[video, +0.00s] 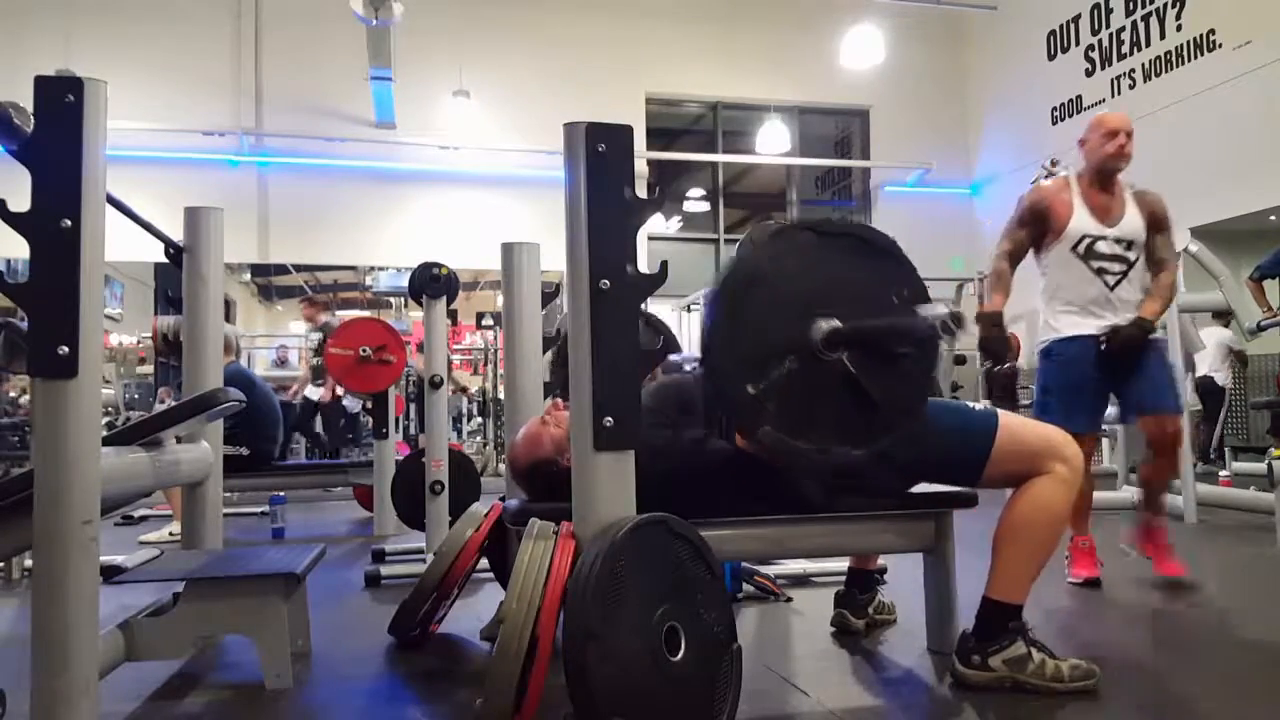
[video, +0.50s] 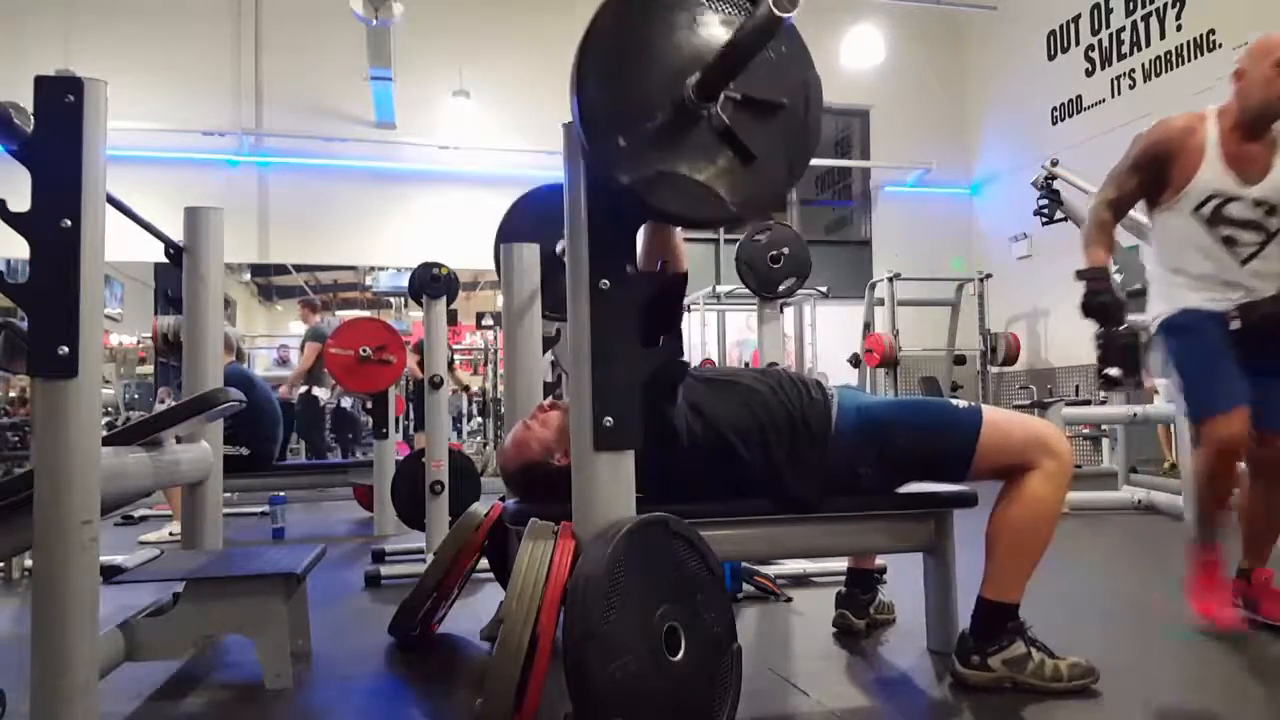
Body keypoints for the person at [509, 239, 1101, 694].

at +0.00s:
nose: (552, 406)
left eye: (542, 413)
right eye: (546, 423)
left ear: (563, 422)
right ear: (564, 453)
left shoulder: (626, 419)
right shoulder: (627, 451)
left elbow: (721, 403)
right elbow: (738, 435)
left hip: (808, 428)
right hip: (843, 438)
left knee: (892, 444)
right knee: (1060, 457)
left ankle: (858, 597)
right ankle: (993, 639)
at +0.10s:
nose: (548, 410)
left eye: (540, 415)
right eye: (542, 425)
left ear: (560, 422)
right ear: (560, 455)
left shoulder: (617, 424)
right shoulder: (608, 455)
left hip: (787, 436)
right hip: (831, 441)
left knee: (904, 430)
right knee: (1058, 458)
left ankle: (858, 596)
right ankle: (992, 642)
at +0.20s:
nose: (546, 412)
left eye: (538, 417)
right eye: (540, 428)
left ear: (557, 422)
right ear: (557, 461)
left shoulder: (608, 425)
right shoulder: (607, 451)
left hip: (806, 426)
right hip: (835, 434)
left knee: (921, 435)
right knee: (1053, 456)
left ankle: (858, 596)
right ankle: (992, 640)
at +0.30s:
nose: (549, 406)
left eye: (537, 412)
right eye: (540, 421)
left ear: (554, 450)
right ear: (559, 456)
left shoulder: (602, 446)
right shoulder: (627, 453)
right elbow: (690, 360)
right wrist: (694, 264)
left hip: (802, 449)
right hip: (839, 430)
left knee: (898, 456)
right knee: (1050, 450)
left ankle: (862, 594)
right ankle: (992, 641)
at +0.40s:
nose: (543, 408)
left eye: (531, 415)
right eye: (536, 426)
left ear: (552, 448)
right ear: (558, 460)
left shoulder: (602, 431)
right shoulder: (618, 434)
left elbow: (641, 329)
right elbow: (657, 307)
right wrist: (658, 218)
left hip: (813, 426)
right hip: (841, 433)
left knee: (914, 432)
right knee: (1049, 451)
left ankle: (860, 594)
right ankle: (991, 642)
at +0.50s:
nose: (544, 406)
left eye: (533, 411)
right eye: (536, 425)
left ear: (556, 445)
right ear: (558, 460)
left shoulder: (611, 417)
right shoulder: (622, 431)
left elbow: (653, 289)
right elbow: (662, 290)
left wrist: (660, 177)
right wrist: (658, 173)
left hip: (811, 418)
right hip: (837, 431)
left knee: (906, 432)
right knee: (1049, 450)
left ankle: (861, 596)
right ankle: (992, 642)